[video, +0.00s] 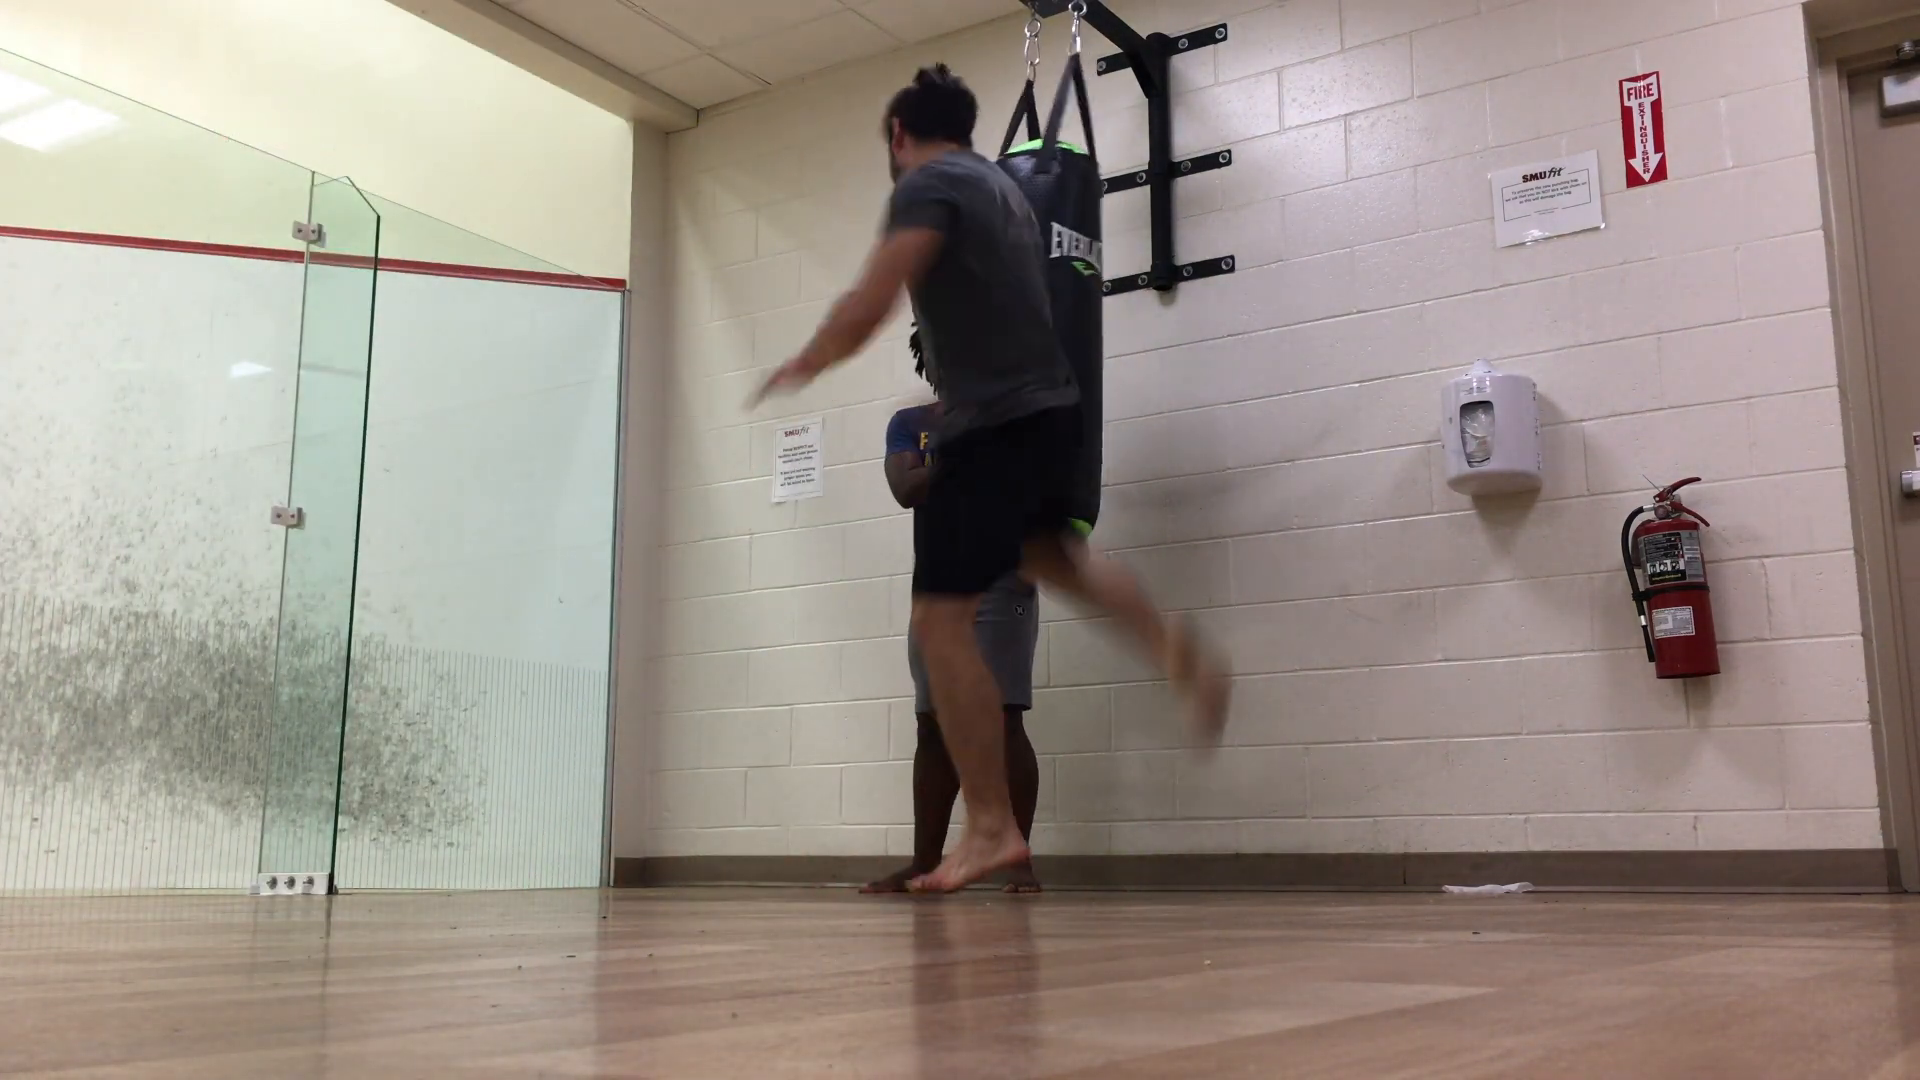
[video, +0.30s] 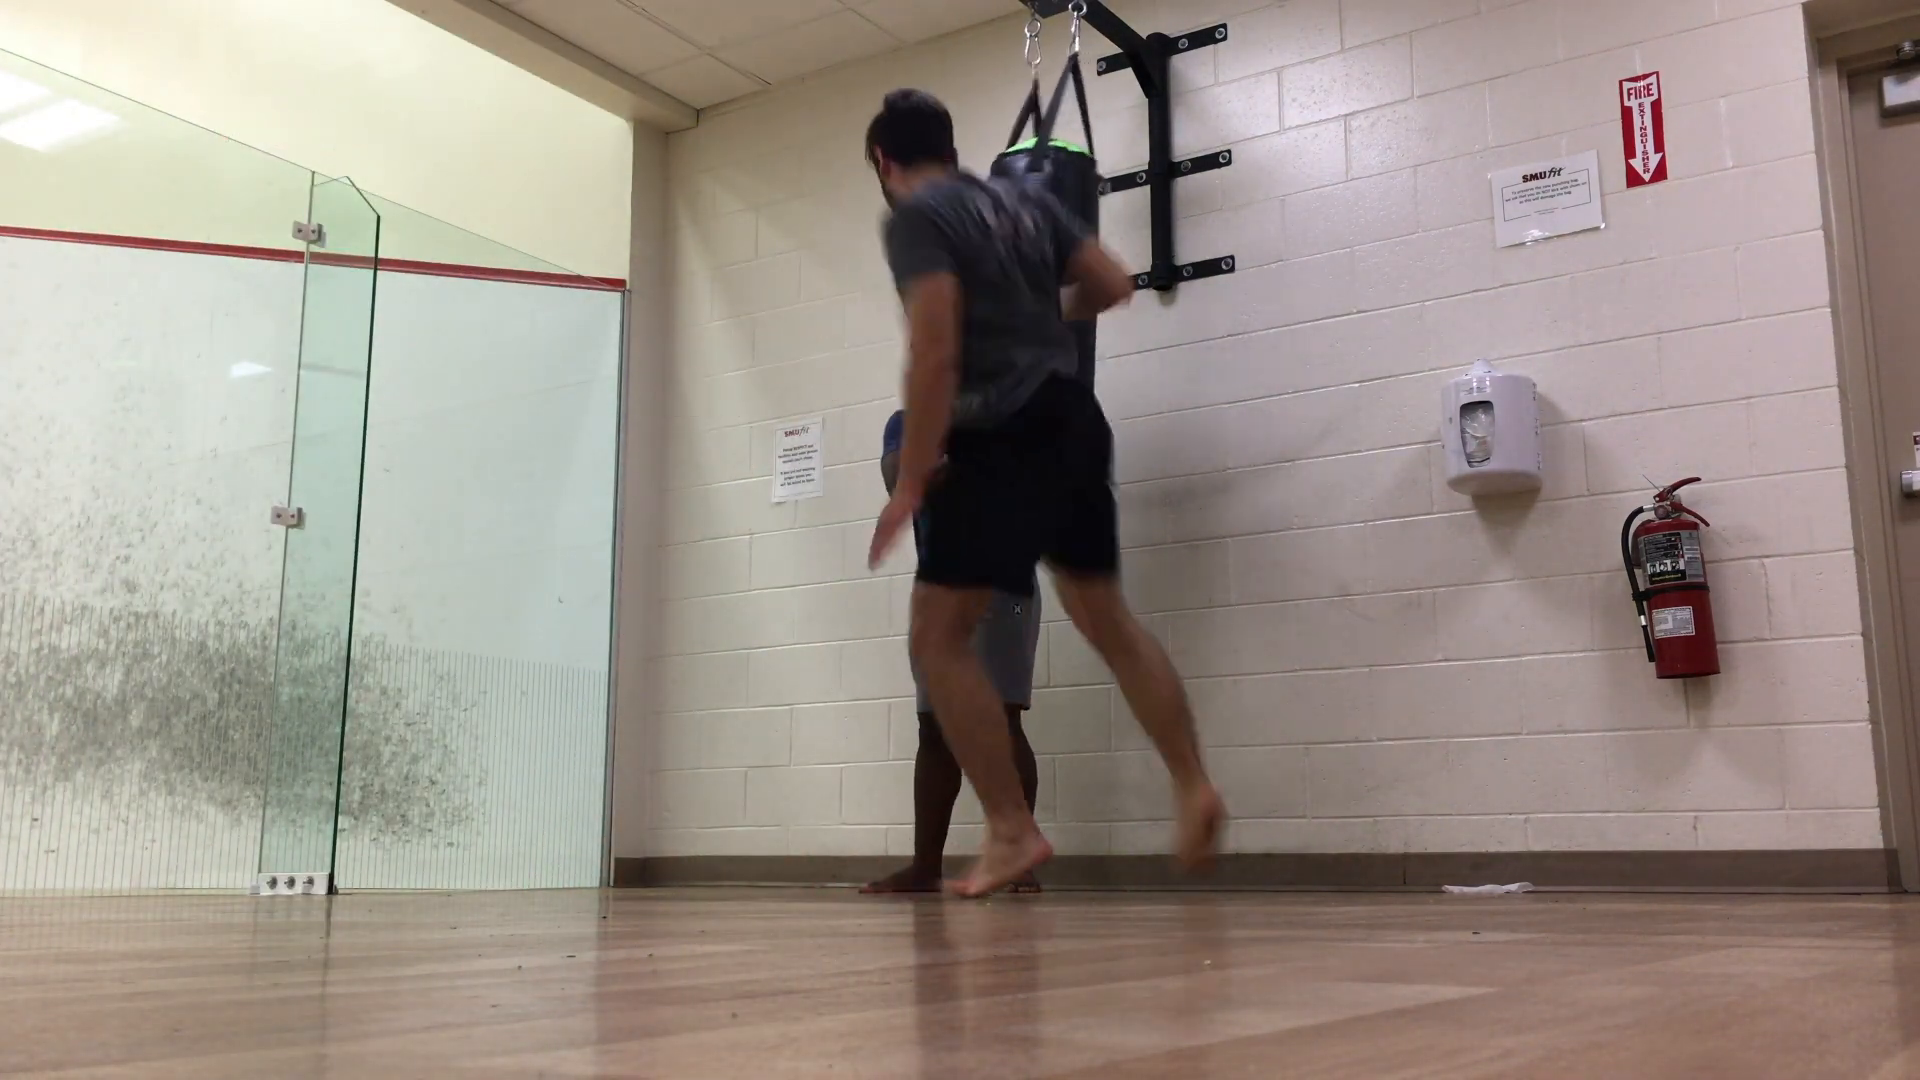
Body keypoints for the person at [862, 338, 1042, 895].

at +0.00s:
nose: (937, 363)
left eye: (944, 351)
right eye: (929, 353)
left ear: (977, 359)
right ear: (925, 363)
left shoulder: (1013, 424)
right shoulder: (910, 422)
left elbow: (1043, 491)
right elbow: (904, 490)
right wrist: (960, 460)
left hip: (1008, 593)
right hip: (939, 596)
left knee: (1005, 723)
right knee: (933, 726)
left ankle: (1019, 857)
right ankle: (927, 859)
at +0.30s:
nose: (937, 382)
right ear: (925, 376)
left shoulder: (1001, 426)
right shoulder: (906, 426)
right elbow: (900, 492)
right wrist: (930, 448)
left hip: (1006, 587)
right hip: (942, 590)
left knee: (1001, 720)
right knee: (935, 727)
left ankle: (1021, 859)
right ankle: (926, 863)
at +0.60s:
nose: (945, 357)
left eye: (955, 347)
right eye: (936, 348)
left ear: (982, 355)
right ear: (930, 359)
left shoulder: (1016, 428)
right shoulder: (919, 419)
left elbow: (1073, 487)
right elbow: (907, 478)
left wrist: (939, 458)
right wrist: (988, 461)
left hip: (1011, 586)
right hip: (946, 586)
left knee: (1006, 723)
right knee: (938, 728)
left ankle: (1015, 859)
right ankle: (927, 859)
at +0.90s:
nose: (938, 355)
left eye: (948, 346)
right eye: (931, 349)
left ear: (973, 355)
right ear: (925, 362)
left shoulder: (1006, 419)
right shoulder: (912, 423)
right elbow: (895, 485)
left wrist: (925, 457)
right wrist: (955, 443)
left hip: (1011, 589)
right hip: (948, 593)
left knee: (1003, 720)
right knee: (939, 727)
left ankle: (1019, 854)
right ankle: (927, 864)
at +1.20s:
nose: (937, 358)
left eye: (946, 348)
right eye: (929, 350)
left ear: (972, 354)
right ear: (921, 360)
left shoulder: (1001, 416)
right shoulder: (910, 420)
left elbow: (1052, 486)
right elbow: (889, 469)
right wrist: (949, 413)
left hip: (998, 602)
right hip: (938, 600)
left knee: (1004, 731)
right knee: (937, 731)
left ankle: (1014, 857)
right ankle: (926, 863)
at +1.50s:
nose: (928, 357)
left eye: (934, 345)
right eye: (922, 348)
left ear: (961, 351)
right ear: (917, 360)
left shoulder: (993, 418)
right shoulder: (912, 418)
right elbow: (883, 465)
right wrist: (946, 413)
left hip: (1001, 593)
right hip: (937, 595)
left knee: (999, 723)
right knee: (937, 729)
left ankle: (1016, 855)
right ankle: (926, 864)